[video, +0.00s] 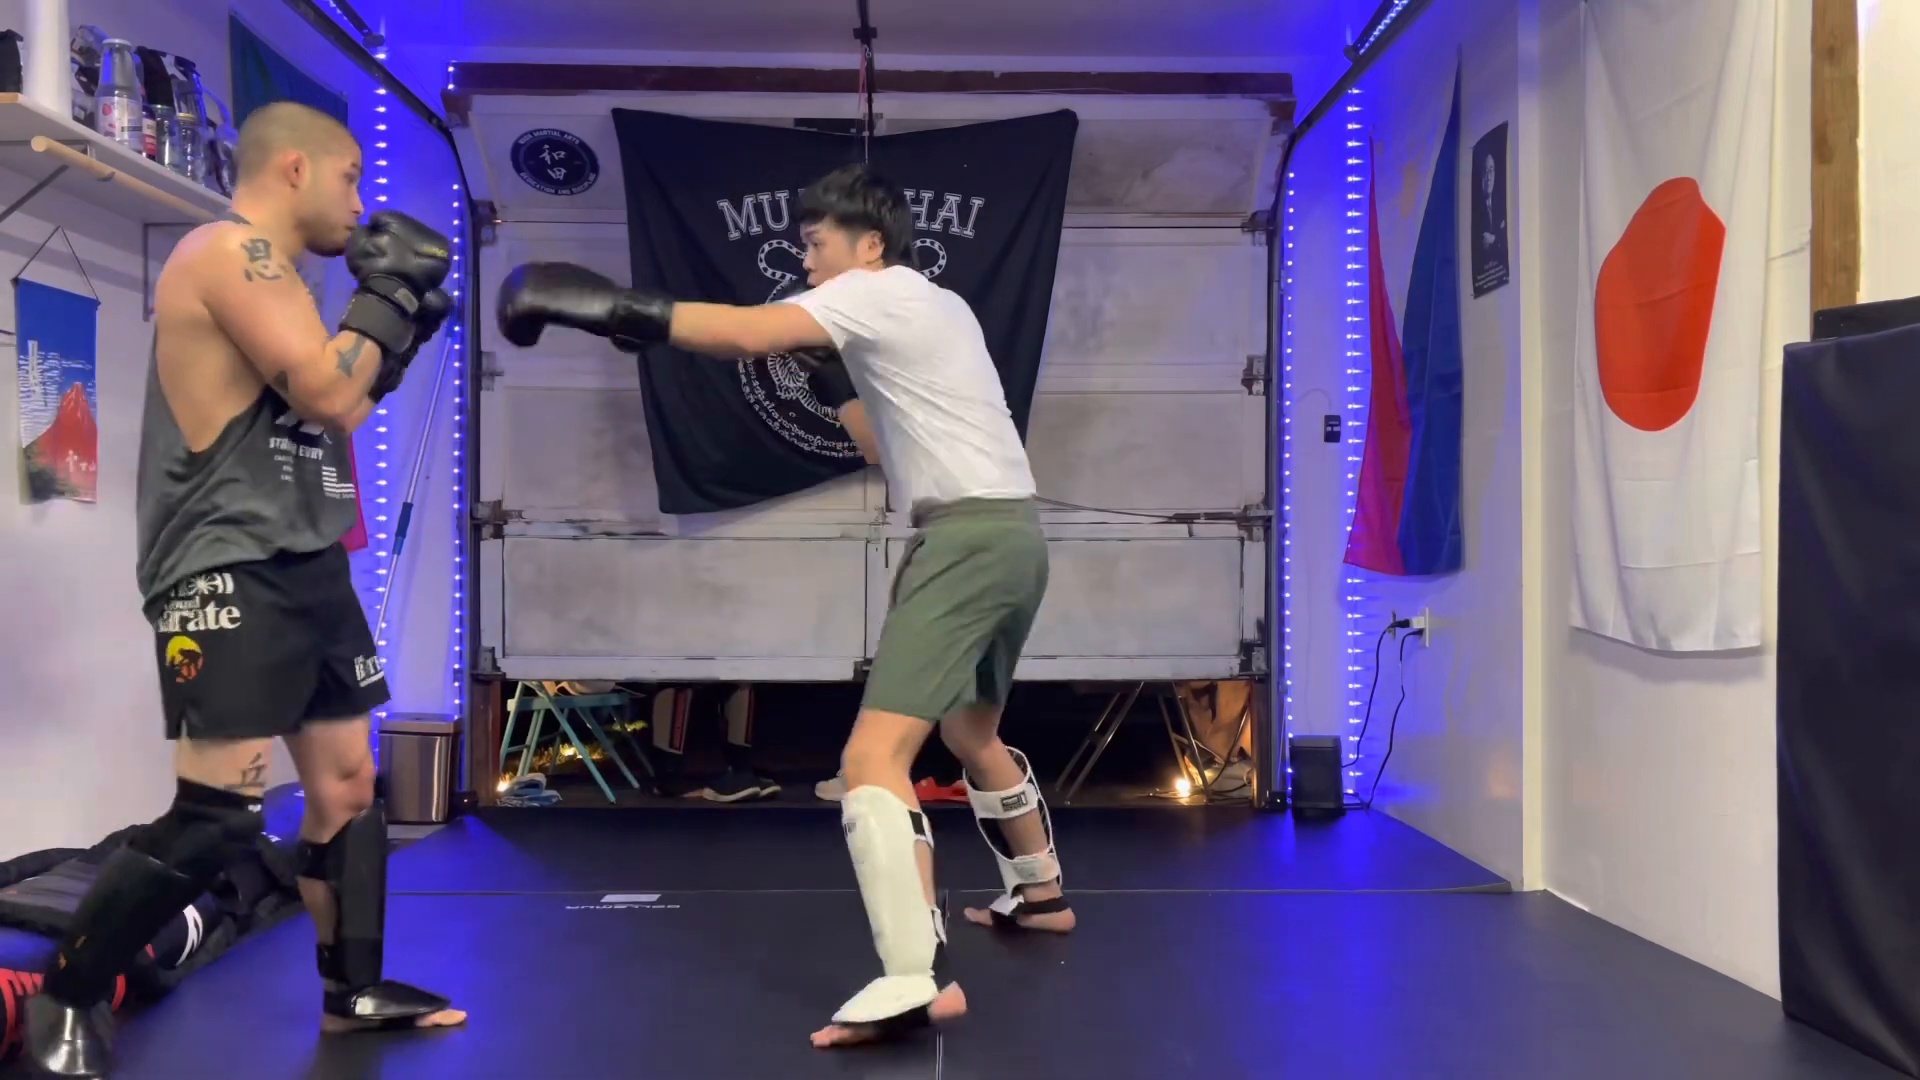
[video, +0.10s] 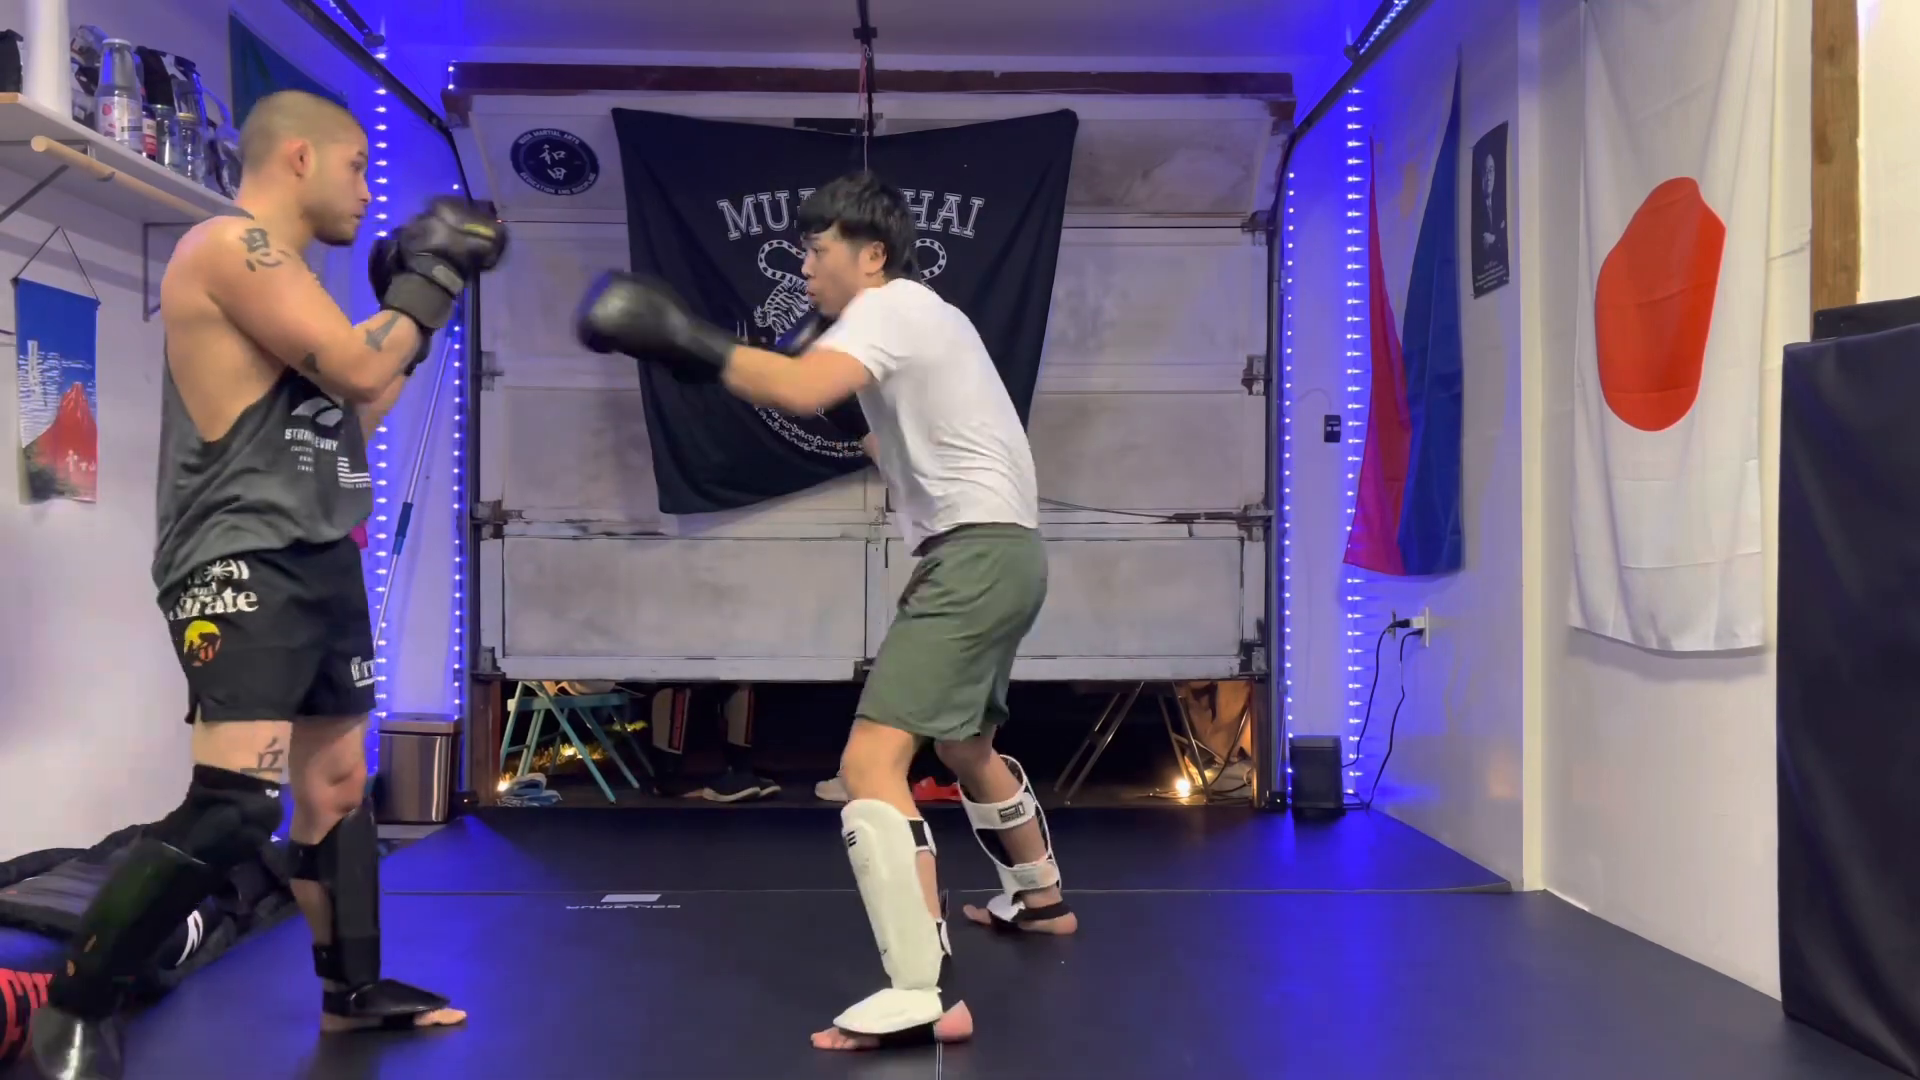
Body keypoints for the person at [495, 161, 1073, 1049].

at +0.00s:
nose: (806, 265)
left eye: (817, 248)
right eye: (805, 249)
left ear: (870, 242)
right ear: (883, 249)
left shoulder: (878, 298)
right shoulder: (940, 309)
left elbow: (747, 330)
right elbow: (890, 443)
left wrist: (613, 308)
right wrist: (822, 392)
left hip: (967, 538)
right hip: (1014, 538)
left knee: (874, 760)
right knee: (973, 732)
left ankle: (912, 974)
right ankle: (1039, 890)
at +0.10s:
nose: (804, 270)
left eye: (816, 253)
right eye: (805, 254)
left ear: (872, 253)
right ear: (870, 258)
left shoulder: (890, 309)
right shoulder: (921, 312)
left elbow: (802, 387)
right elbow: (962, 427)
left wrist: (693, 340)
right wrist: (893, 444)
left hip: (973, 552)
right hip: (998, 549)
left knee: (873, 762)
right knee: (965, 746)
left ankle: (916, 990)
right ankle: (1039, 896)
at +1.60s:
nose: (1024, 197)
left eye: (1041, 175)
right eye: (1024, 176)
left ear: (1109, 182)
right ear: (1092, 187)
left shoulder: (1143, 254)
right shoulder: (1111, 272)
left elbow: (972, 303)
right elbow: (1040, 390)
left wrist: (819, 272)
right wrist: (1018, 272)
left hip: (1213, 537)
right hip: (1182, 536)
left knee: (1100, 793)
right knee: (1104, 743)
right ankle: (1182, 924)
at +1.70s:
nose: (1066, 230)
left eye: (1082, 209)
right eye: (1066, 211)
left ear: (1147, 215)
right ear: (1133, 219)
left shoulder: (1186, 280)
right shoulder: (1160, 297)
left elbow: (1052, 357)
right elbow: (1101, 430)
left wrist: (910, 317)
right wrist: (1077, 318)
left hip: (1263, 561)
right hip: (1243, 559)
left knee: (1131, 801)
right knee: (1183, 748)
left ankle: (1246, 1052)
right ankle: (1323, 897)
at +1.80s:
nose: (1113, 215)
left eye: (1131, 193)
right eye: (1113, 195)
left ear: (1196, 203)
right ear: (1169, 210)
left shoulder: (1244, 276)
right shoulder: (1183, 310)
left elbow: (1223, 413)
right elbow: (1124, 410)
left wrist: (1092, 383)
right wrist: (1086, 311)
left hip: (1308, 550)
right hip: (1277, 550)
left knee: (1206, 781)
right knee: (1310, 781)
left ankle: (1259, 1049)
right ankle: (1463, 922)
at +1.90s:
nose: (1158, 179)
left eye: (1178, 158)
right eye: (1157, 161)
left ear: (1239, 167)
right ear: (1195, 175)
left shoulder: (1295, 240)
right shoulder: (1209, 281)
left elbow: (1339, 388)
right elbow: (1139, 373)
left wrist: (1208, 377)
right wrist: (1111, 278)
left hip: (1344, 515)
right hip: (1292, 526)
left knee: (1280, 747)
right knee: (1360, 754)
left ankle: (1314, 1020)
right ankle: (1476, 929)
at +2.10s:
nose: (1213, 164)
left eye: (1231, 143)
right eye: (1208, 146)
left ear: (1294, 149)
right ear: (1221, 155)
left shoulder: (1345, 220)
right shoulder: (1263, 269)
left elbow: (1409, 362)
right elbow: (1225, 376)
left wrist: (1284, 363)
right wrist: (1180, 293)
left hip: (1382, 498)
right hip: (1313, 508)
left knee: (1406, 743)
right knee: (1242, 707)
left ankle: (1557, 925)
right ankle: (1322, 899)